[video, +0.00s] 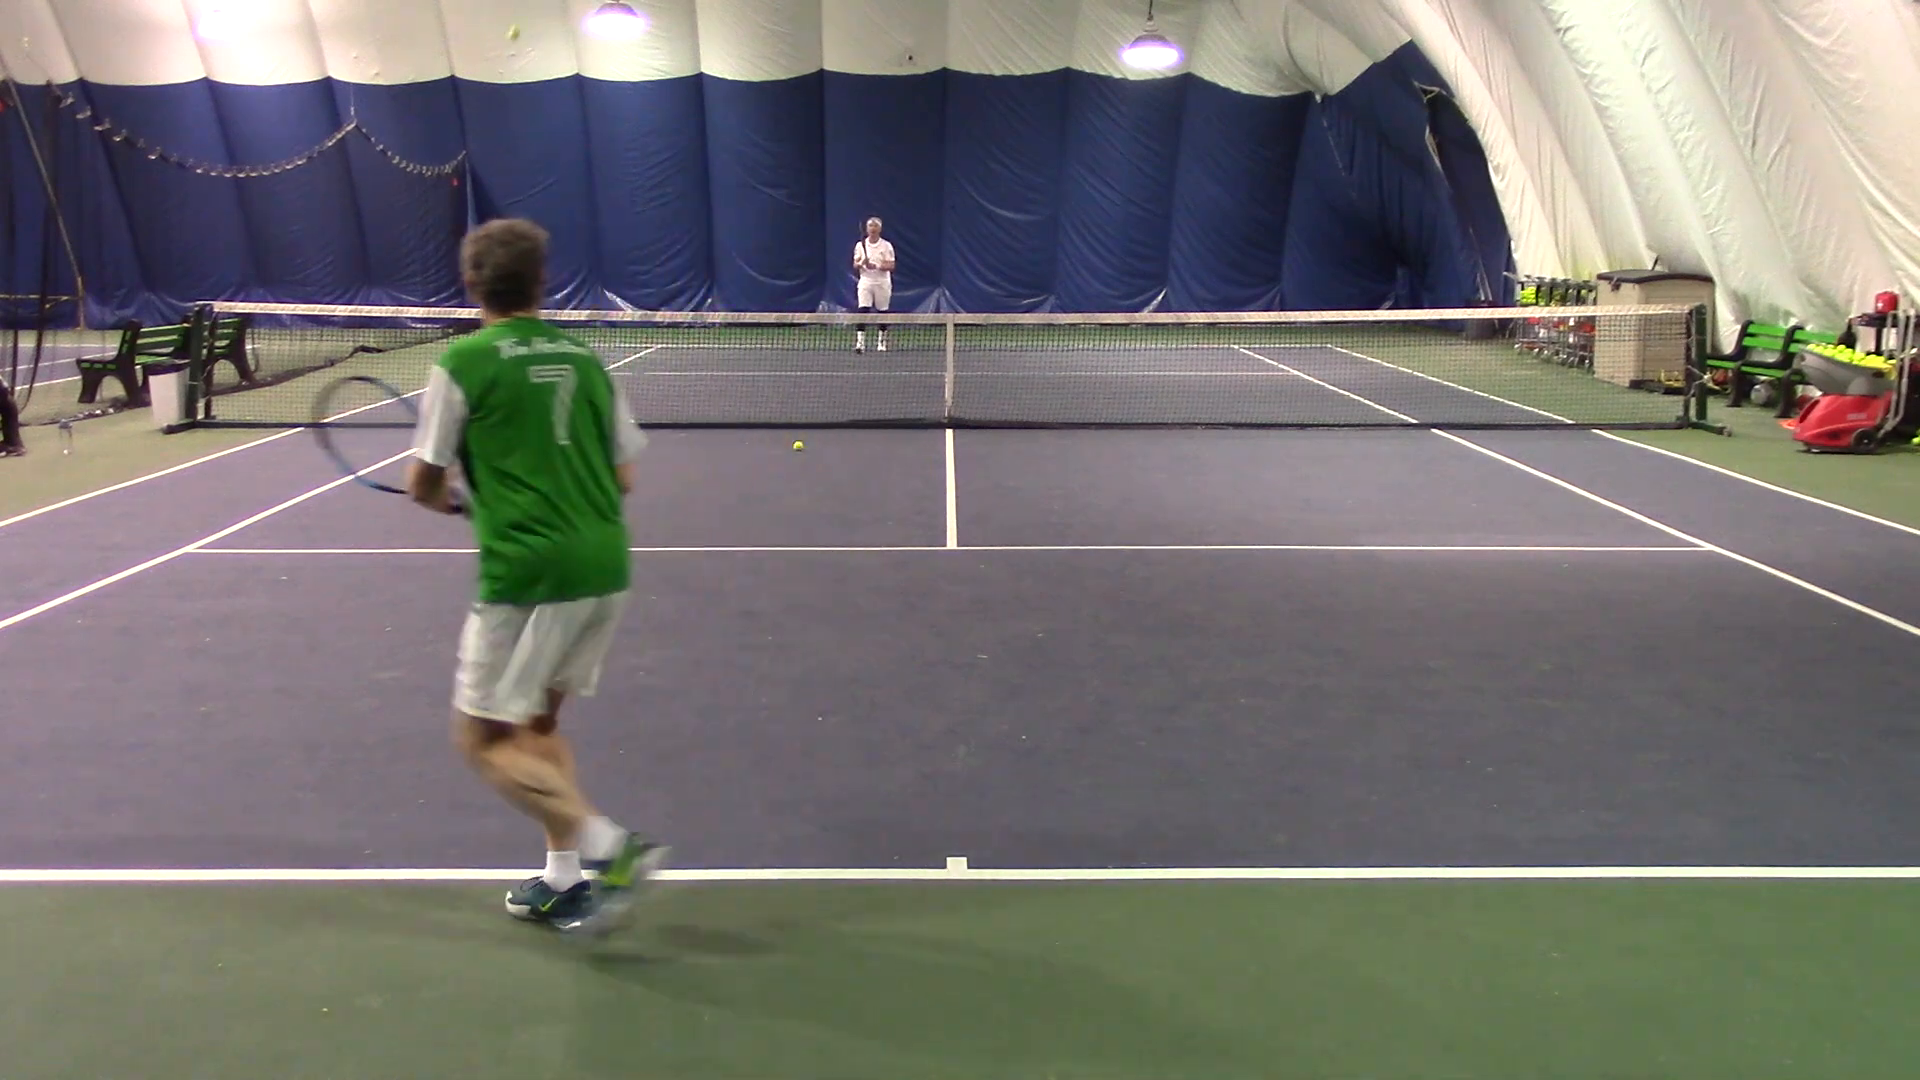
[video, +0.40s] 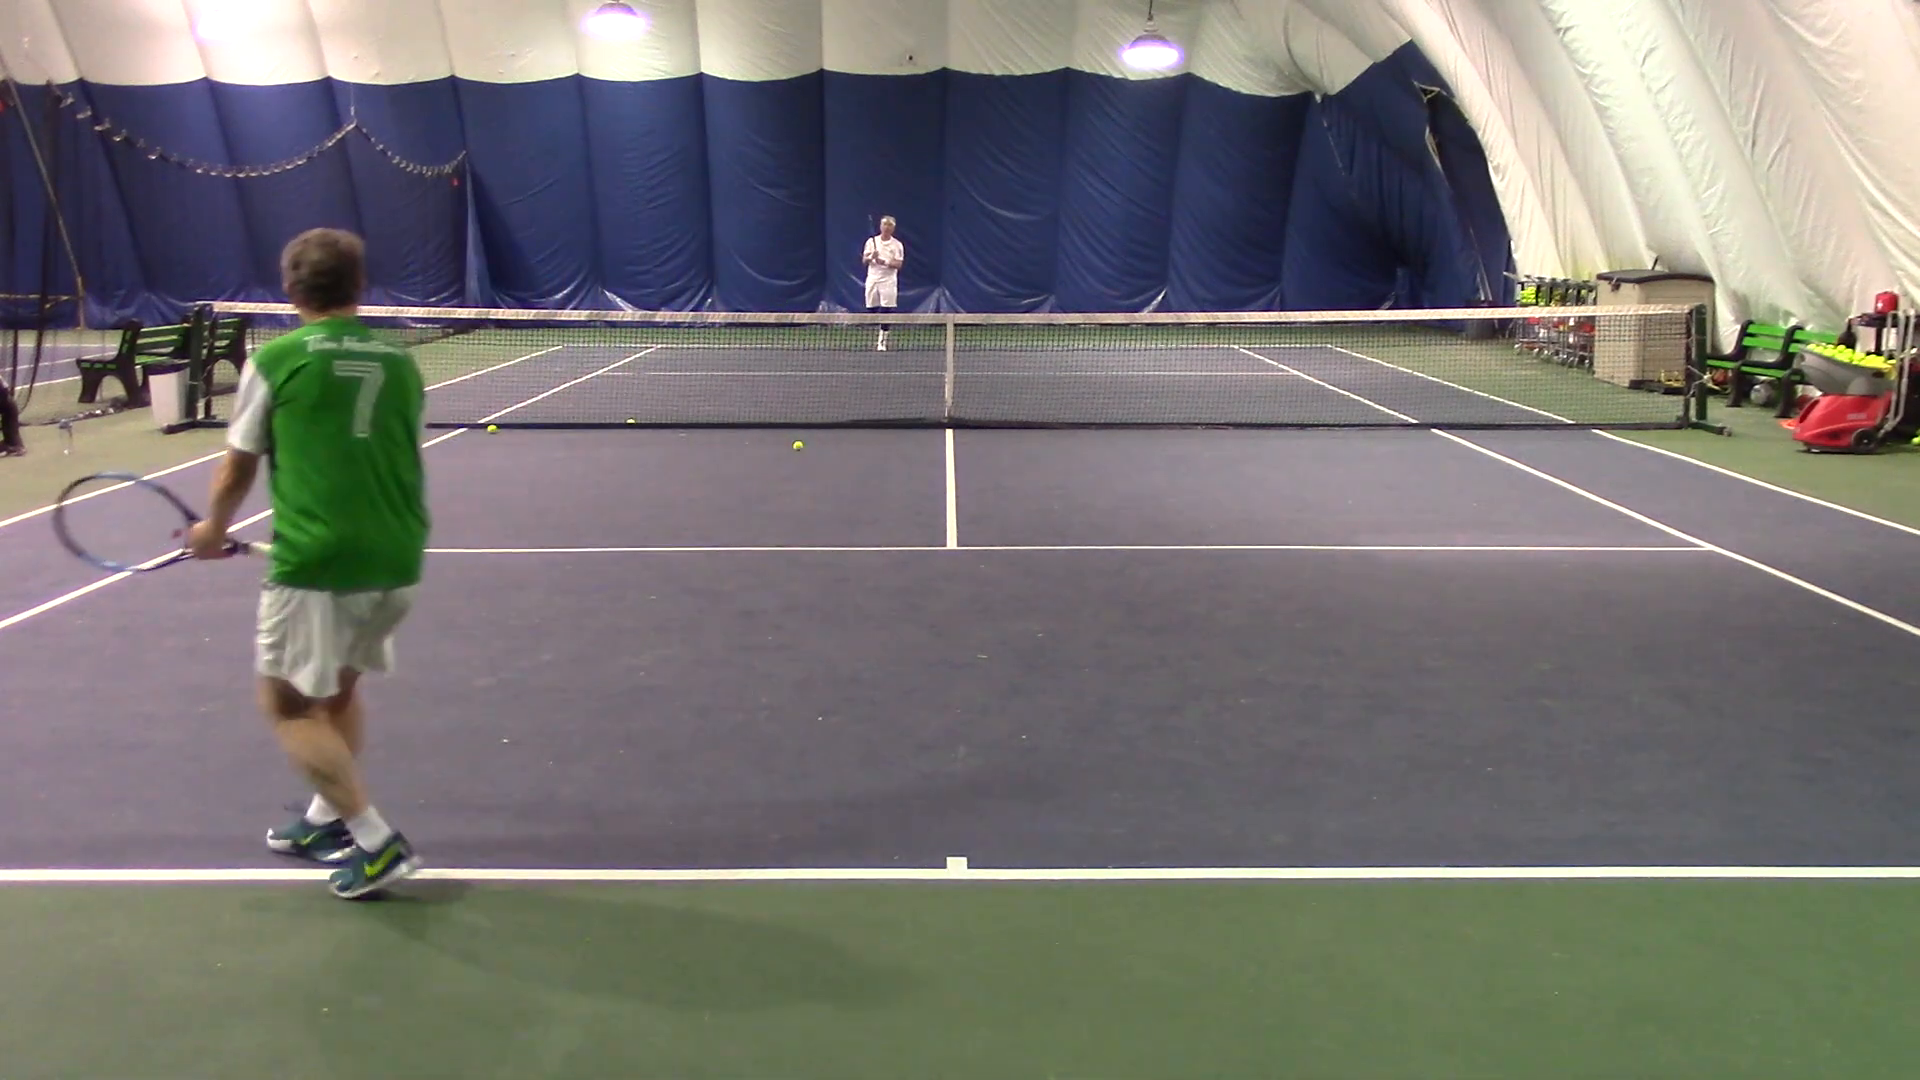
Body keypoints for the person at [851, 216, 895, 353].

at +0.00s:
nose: (872, 228)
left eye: (875, 226)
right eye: (870, 225)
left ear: (880, 228)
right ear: (866, 228)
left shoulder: (887, 246)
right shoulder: (860, 245)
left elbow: (891, 264)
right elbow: (855, 264)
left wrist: (878, 266)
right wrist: (861, 263)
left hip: (882, 282)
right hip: (865, 281)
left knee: (882, 312)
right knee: (863, 310)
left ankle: (882, 341)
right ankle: (860, 341)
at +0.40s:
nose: (886, 231)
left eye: (889, 229)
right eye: (884, 228)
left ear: (893, 229)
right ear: (880, 227)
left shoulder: (898, 245)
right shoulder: (871, 242)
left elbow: (899, 263)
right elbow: (864, 260)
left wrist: (885, 262)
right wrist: (871, 256)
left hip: (888, 281)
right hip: (872, 280)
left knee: (886, 311)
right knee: (872, 310)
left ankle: (882, 341)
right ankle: (878, 335)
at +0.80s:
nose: (892, 227)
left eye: (895, 224)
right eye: (890, 224)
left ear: (899, 226)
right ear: (886, 225)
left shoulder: (905, 242)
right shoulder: (879, 241)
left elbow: (902, 260)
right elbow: (874, 259)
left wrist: (888, 258)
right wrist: (880, 254)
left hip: (900, 278)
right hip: (885, 278)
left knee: (896, 305)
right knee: (887, 306)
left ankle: (893, 336)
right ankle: (893, 335)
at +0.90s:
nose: (896, 226)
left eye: (898, 224)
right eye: (894, 223)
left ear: (902, 225)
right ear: (889, 225)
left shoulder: (908, 240)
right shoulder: (883, 240)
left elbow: (904, 257)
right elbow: (877, 256)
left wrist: (888, 255)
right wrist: (882, 252)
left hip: (903, 277)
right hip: (888, 277)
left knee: (904, 306)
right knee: (891, 307)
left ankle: (904, 337)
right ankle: (893, 336)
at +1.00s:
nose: (900, 226)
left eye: (903, 223)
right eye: (898, 222)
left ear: (906, 225)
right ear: (894, 224)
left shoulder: (911, 240)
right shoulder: (888, 240)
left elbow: (907, 256)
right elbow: (882, 257)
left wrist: (892, 255)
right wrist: (885, 250)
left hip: (908, 277)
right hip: (892, 276)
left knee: (912, 306)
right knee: (891, 307)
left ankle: (919, 333)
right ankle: (894, 337)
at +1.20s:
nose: (910, 229)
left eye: (913, 227)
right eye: (908, 226)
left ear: (917, 229)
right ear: (905, 228)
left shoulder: (922, 244)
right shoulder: (898, 244)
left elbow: (918, 260)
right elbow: (892, 262)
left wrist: (903, 261)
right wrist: (895, 256)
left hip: (920, 280)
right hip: (903, 280)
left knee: (928, 308)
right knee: (896, 307)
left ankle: (939, 332)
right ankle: (894, 337)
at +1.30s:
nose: (917, 232)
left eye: (920, 229)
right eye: (915, 229)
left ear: (924, 231)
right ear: (911, 231)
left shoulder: (929, 246)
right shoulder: (905, 246)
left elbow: (927, 263)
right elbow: (899, 263)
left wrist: (912, 265)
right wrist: (903, 261)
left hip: (927, 282)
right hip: (910, 281)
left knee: (934, 309)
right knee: (903, 307)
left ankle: (941, 335)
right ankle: (896, 336)